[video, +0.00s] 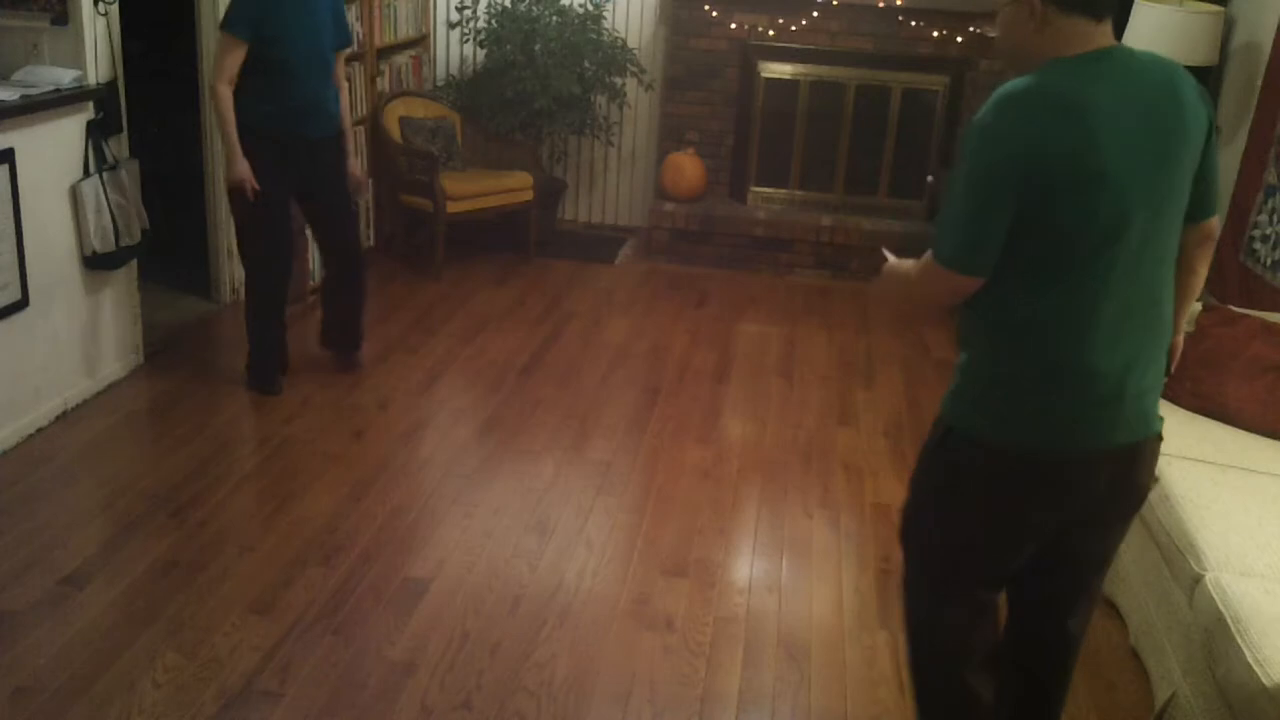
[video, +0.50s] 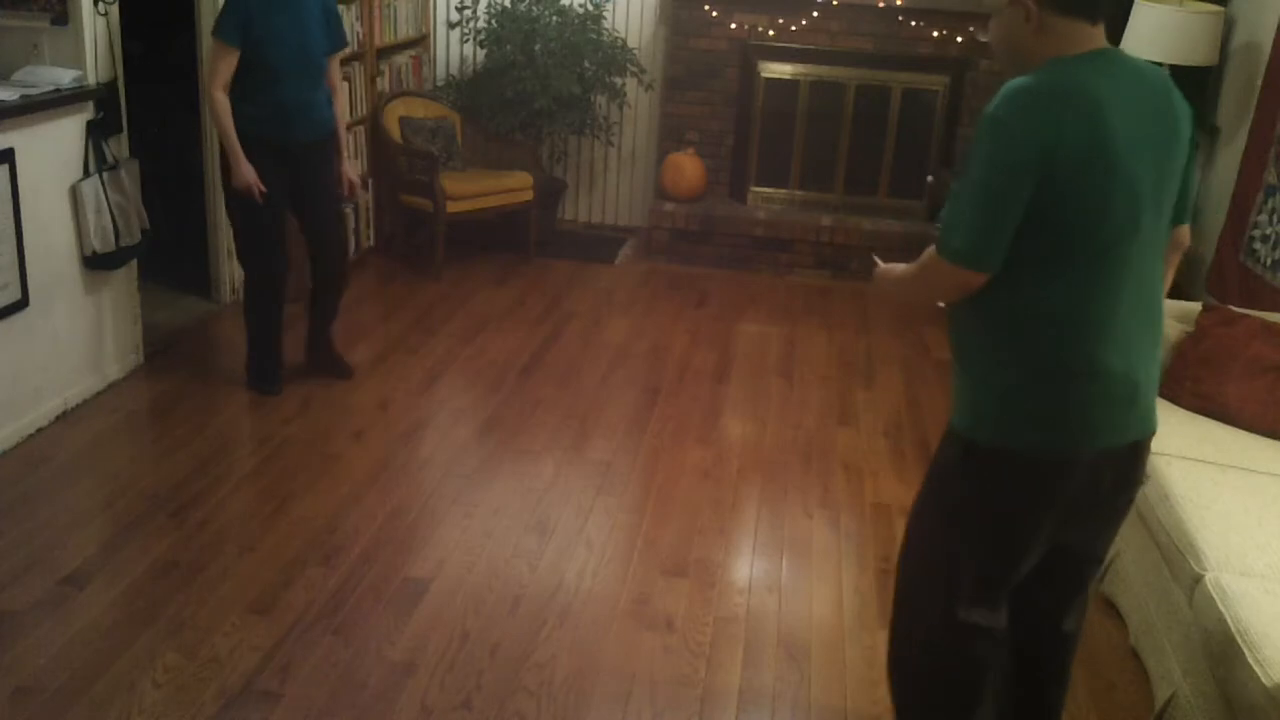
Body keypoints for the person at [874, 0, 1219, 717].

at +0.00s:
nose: (994, 27)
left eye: (999, 12)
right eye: (994, 13)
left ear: (1033, 11)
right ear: (1101, 13)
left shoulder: (1018, 110)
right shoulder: (1182, 94)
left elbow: (956, 274)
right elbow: (1200, 233)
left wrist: (901, 275)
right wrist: (1175, 328)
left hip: (1004, 439)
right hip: (1124, 443)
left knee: (945, 596)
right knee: (1051, 627)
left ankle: (957, 708)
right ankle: (1029, 711)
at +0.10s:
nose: (999, 25)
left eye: (1005, 9)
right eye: (999, 12)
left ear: (1041, 7)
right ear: (1108, 10)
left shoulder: (1023, 106)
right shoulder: (1183, 91)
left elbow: (962, 269)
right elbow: (1201, 232)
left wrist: (905, 269)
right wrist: (1170, 327)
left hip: (1008, 437)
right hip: (1125, 438)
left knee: (967, 635)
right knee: (1052, 636)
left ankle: (978, 712)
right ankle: (1033, 712)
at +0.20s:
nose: (1000, 26)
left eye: (1007, 11)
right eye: (1001, 14)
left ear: (1043, 9)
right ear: (1109, 14)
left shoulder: (1028, 110)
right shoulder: (1187, 99)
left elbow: (967, 269)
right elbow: (1197, 239)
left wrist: (906, 274)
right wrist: (1156, 324)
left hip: (1010, 438)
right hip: (1125, 442)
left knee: (965, 641)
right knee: (1051, 639)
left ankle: (978, 714)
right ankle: (1033, 713)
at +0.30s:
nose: (1001, 30)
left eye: (1008, 13)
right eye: (1003, 16)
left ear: (1040, 12)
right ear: (1110, 19)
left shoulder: (1029, 117)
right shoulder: (1183, 108)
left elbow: (966, 279)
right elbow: (1185, 254)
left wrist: (905, 289)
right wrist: (1134, 321)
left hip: (1012, 440)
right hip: (1125, 442)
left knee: (952, 624)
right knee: (1047, 639)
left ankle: (970, 711)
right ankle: (1031, 711)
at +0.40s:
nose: (999, 28)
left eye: (1005, 13)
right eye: (1001, 15)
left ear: (1035, 12)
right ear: (1105, 17)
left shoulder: (1028, 113)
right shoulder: (1175, 105)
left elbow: (966, 276)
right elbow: (1178, 251)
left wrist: (904, 291)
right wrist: (1129, 321)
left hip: (1015, 434)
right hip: (1124, 435)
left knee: (947, 618)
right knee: (1046, 626)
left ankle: (965, 710)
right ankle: (1031, 712)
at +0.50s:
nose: (984, 29)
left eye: (993, 13)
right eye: (987, 15)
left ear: (1030, 11)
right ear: (1092, 15)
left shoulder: (1028, 105)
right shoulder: (1167, 99)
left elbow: (963, 263)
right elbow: (1174, 239)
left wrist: (898, 282)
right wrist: (1125, 318)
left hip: (1015, 432)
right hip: (1121, 433)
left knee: (941, 625)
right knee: (1045, 627)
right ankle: (1028, 716)